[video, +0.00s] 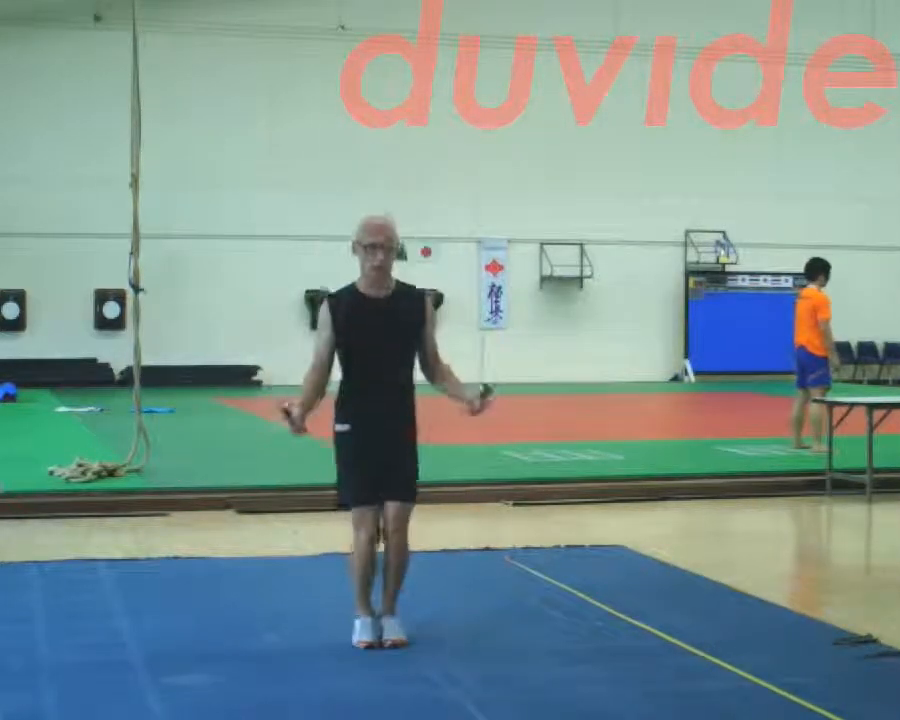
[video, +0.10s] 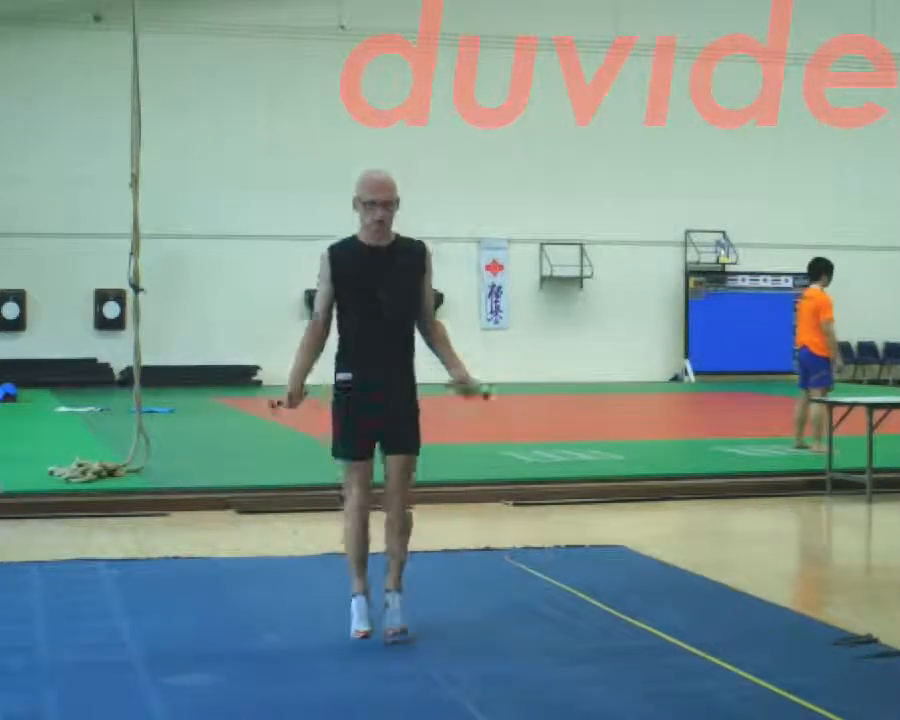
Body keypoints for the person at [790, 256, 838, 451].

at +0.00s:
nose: (827, 279)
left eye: (827, 275)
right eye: (826, 275)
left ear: (808, 275)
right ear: (821, 275)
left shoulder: (802, 295)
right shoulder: (820, 298)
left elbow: (801, 323)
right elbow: (824, 326)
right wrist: (832, 353)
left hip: (801, 348)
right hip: (815, 350)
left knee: (802, 394)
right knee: (818, 397)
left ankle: (797, 439)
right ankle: (818, 441)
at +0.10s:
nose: (830, 279)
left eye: (830, 275)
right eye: (829, 275)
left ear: (811, 274)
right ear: (824, 275)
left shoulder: (804, 295)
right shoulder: (822, 298)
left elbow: (801, 323)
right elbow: (826, 327)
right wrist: (835, 352)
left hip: (802, 348)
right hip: (817, 350)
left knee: (805, 395)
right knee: (817, 397)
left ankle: (798, 438)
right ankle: (817, 441)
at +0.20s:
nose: (834, 278)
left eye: (834, 275)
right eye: (833, 275)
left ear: (814, 275)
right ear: (829, 275)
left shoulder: (806, 296)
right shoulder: (826, 299)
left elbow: (803, 323)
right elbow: (829, 328)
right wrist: (837, 353)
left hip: (804, 348)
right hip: (819, 350)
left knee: (806, 395)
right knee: (818, 397)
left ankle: (799, 437)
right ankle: (817, 441)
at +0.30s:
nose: (837, 279)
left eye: (837, 275)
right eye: (836, 275)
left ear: (817, 275)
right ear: (831, 276)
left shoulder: (810, 296)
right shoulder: (828, 298)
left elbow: (805, 325)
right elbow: (830, 326)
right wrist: (839, 355)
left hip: (806, 349)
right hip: (820, 351)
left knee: (810, 396)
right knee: (818, 398)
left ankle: (802, 437)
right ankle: (815, 441)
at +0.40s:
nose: (839, 278)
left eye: (838, 275)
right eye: (839, 275)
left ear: (819, 275)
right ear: (835, 276)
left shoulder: (811, 296)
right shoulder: (829, 298)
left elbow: (805, 325)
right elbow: (831, 326)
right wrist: (838, 355)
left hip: (806, 349)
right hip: (820, 351)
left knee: (816, 398)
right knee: (818, 399)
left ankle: (811, 441)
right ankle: (812, 443)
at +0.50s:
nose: (840, 279)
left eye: (839, 275)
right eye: (839, 275)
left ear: (819, 275)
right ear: (835, 276)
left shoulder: (812, 296)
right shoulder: (829, 298)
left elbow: (805, 325)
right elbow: (832, 326)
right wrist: (837, 355)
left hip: (806, 349)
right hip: (820, 351)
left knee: (816, 398)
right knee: (818, 399)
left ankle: (811, 441)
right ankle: (812, 443)